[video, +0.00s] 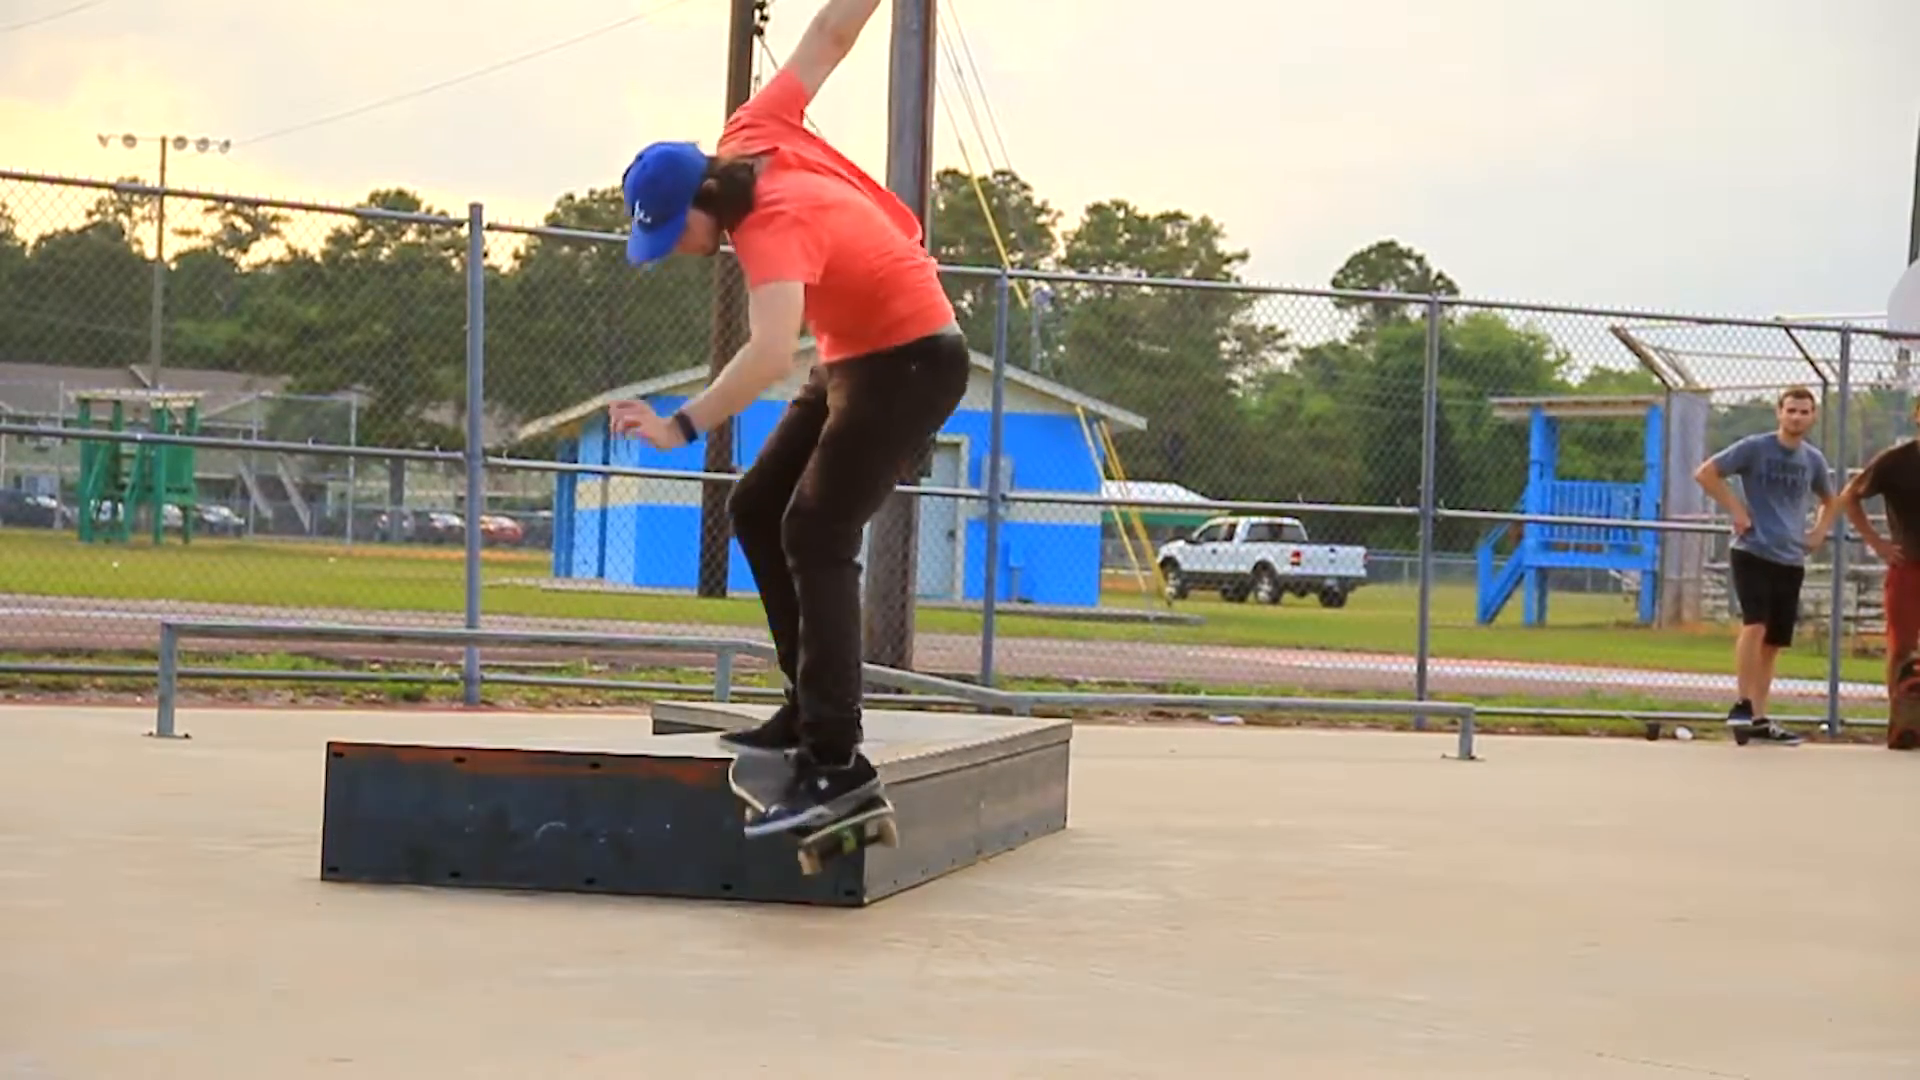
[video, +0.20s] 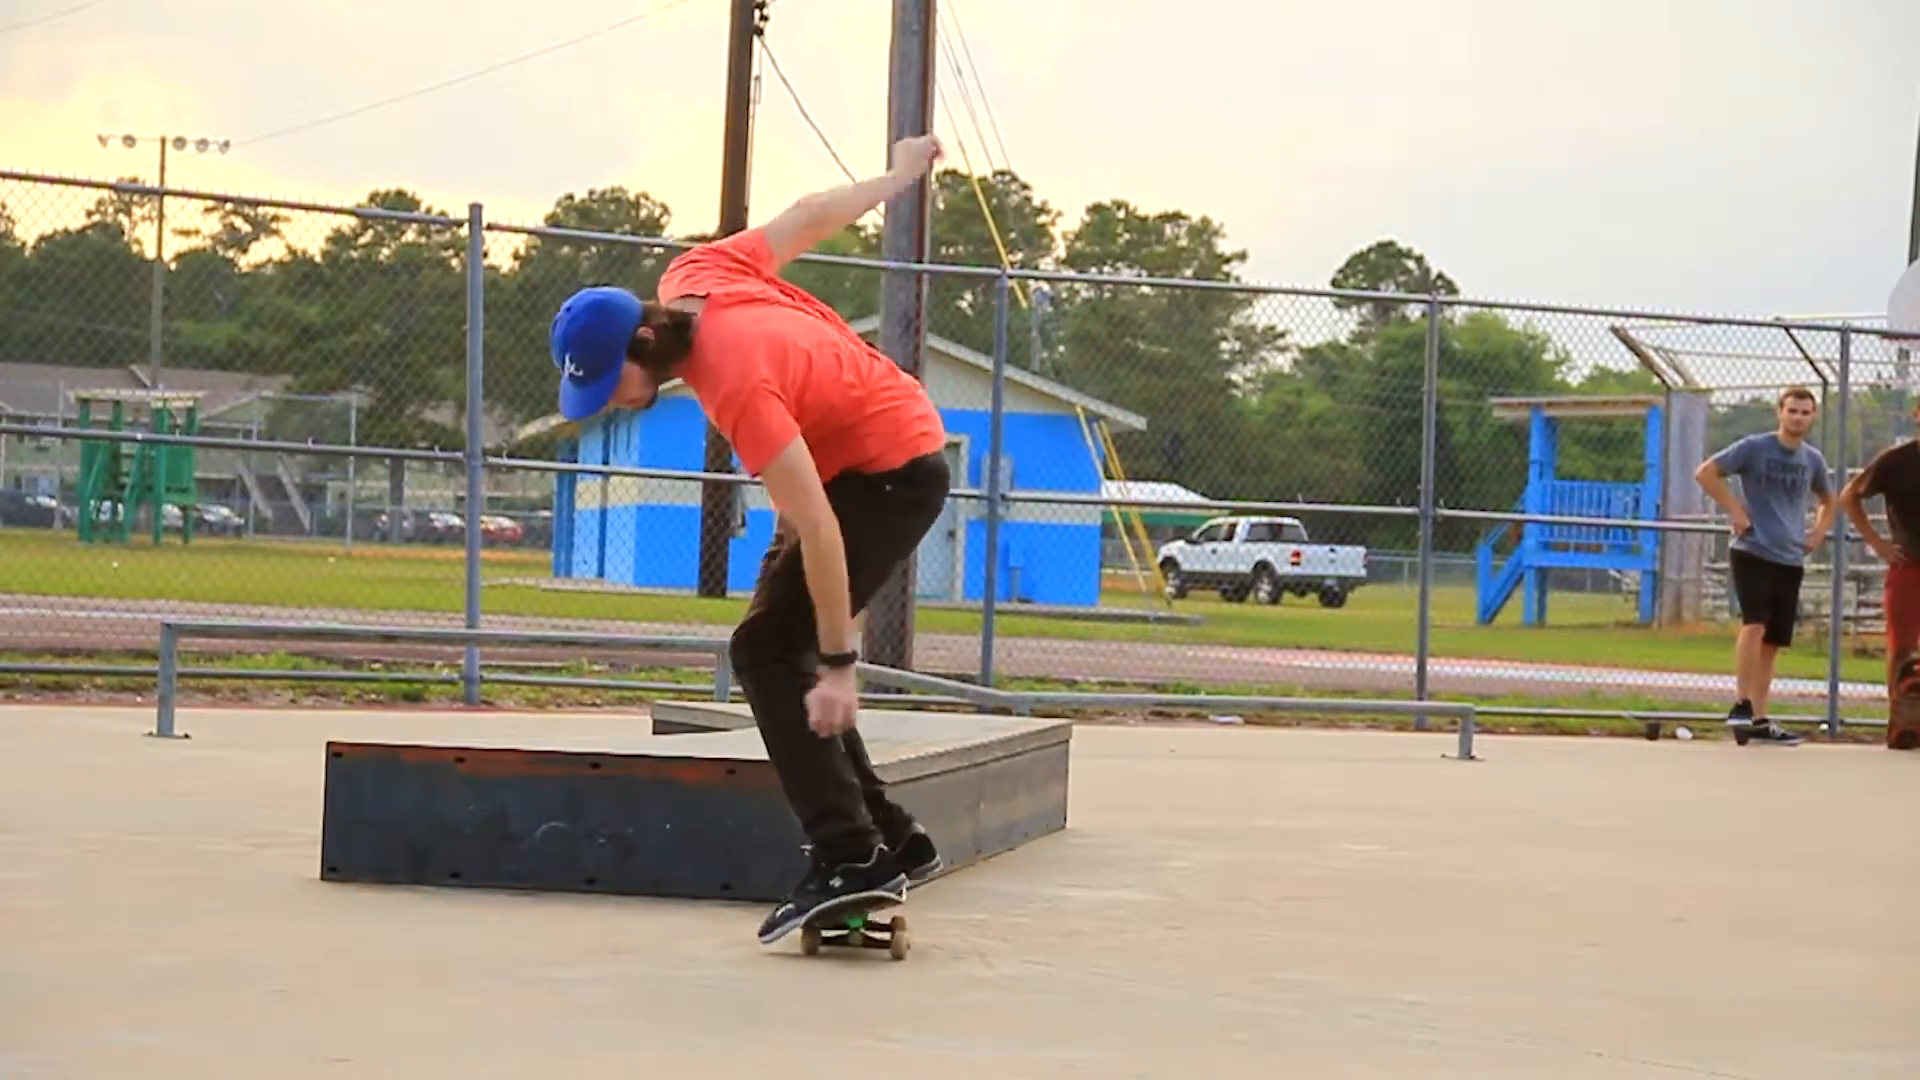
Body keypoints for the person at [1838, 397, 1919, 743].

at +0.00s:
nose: (1919, 416)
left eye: (1918, 410)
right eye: (1919, 411)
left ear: (1915, 417)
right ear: (1915, 417)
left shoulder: (1901, 458)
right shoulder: (1900, 458)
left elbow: (1850, 496)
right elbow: (1850, 496)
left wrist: (1877, 543)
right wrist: (1877, 543)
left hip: (1910, 569)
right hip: (1908, 566)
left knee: (1905, 648)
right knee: (1903, 648)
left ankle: (1905, 726)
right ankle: (1901, 726)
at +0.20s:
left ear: (1914, 416)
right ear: (1915, 416)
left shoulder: (1900, 458)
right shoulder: (1900, 459)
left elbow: (1850, 497)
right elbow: (1849, 496)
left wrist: (1878, 544)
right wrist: (1878, 544)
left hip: (1909, 568)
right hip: (1907, 567)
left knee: (1905, 650)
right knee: (1903, 649)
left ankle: (1905, 726)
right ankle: (1902, 726)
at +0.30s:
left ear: (1914, 417)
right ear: (1915, 417)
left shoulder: (1901, 458)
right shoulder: (1901, 459)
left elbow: (1850, 496)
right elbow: (1849, 496)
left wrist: (1875, 541)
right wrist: (1876, 542)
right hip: (1907, 567)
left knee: (1906, 654)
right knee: (1904, 653)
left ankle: (1905, 733)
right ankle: (1903, 733)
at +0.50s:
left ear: (1914, 417)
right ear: (1915, 417)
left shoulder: (1900, 458)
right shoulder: (1900, 458)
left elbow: (1850, 496)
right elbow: (1849, 495)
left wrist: (1877, 543)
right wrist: (1877, 543)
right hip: (1907, 569)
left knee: (1905, 657)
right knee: (1903, 656)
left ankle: (1906, 739)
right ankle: (1903, 741)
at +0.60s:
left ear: (1914, 416)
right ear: (1915, 416)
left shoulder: (1901, 457)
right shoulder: (1900, 458)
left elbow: (1850, 496)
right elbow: (1849, 495)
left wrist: (1877, 544)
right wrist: (1877, 543)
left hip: (1909, 568)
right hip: (1906, 567)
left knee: (1904, 650)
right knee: (1903, 648)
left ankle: (1905, 726)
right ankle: (1902, 726)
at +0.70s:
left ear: (1913, 415)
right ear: (1915, 415)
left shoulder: (1901, 457)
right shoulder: (1901, 458)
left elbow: (1849, 495)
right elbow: (1849, 495)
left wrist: (1875, 542)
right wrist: (1876, 542)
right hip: (1907, 567)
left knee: (1905, 653)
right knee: (1903, 652)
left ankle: (1904, 732)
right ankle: (1902, 732)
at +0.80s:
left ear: (1914, 415)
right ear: (1915, 415)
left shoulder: (1901, 457)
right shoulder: (1900, 458)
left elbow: (1849, 495)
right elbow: (1849, 495)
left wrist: (1875, 541)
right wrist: (1876, 542)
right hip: (1907, 567)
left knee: (1905, 654)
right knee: (1903, 653)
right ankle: (1901, 732)